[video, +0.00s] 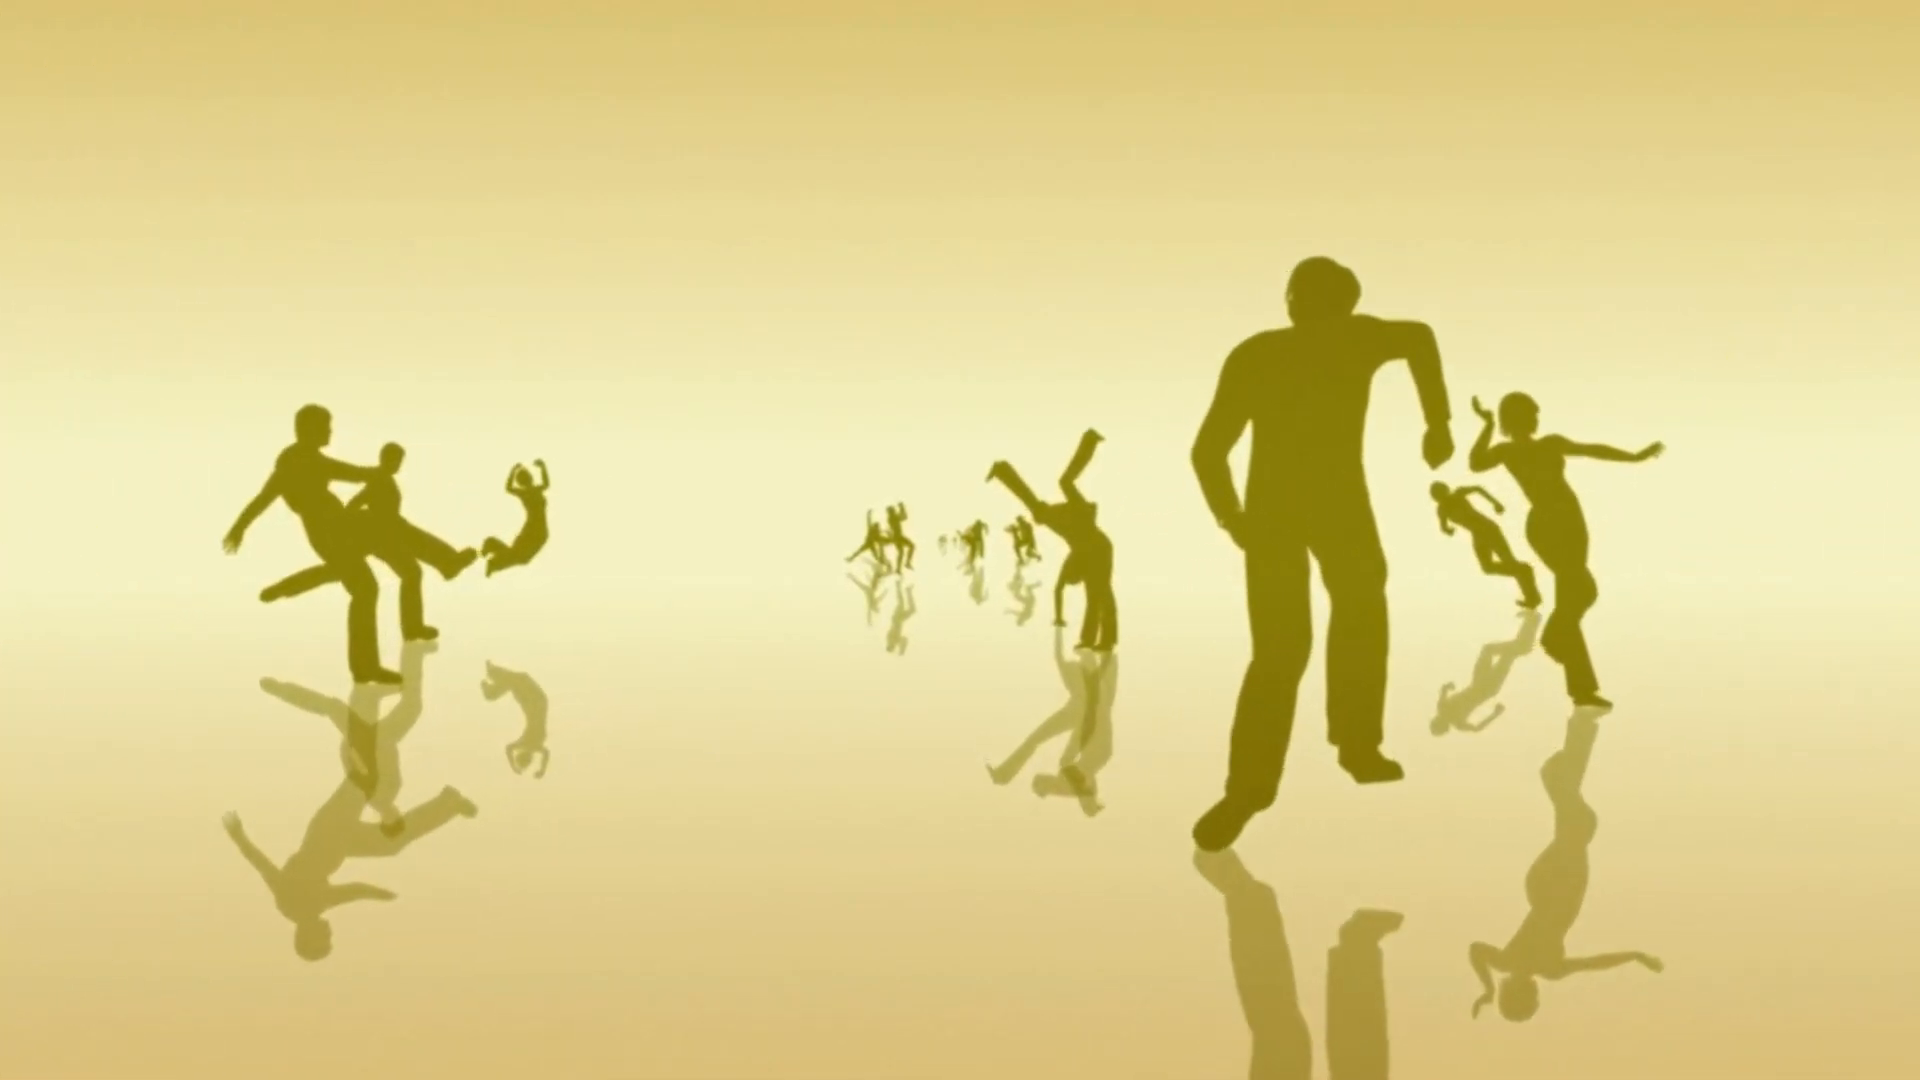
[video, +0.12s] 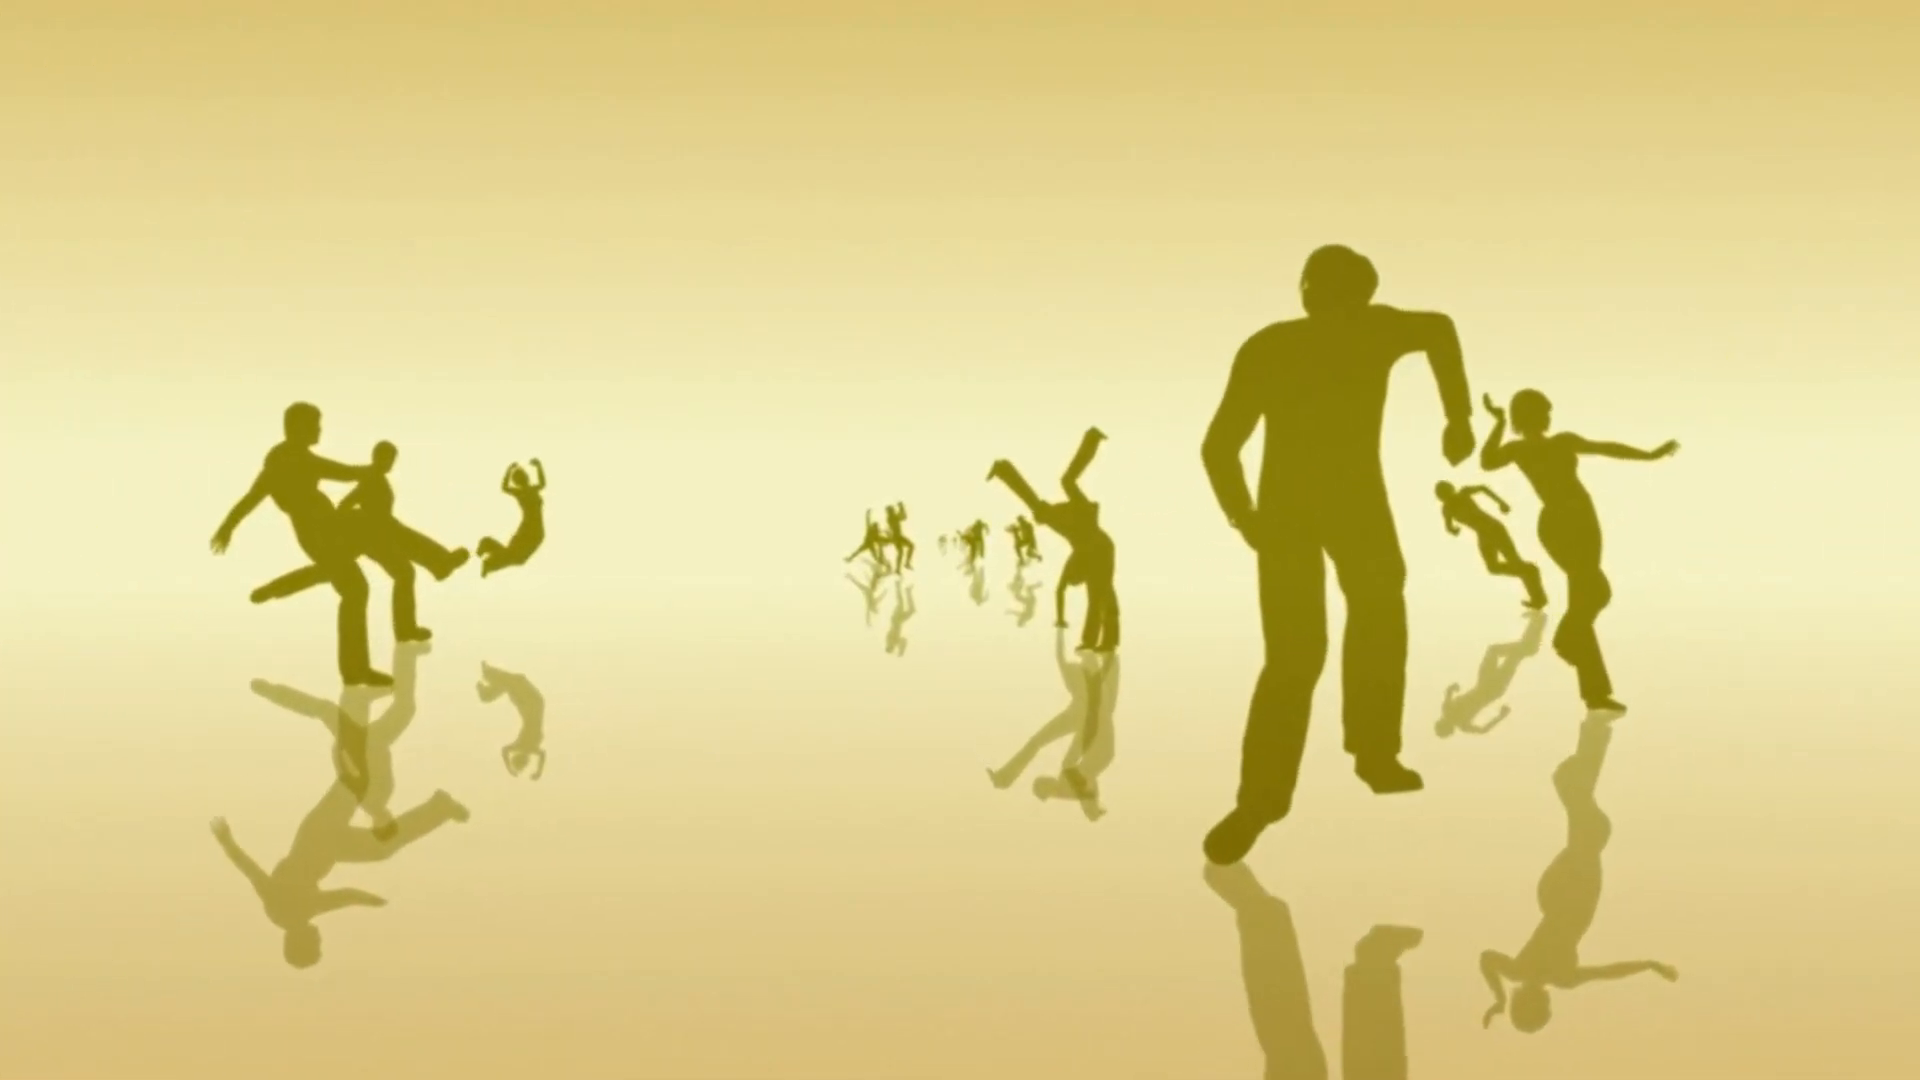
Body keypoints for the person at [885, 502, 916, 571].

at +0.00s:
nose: (894, 512)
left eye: (893, 510)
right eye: (893, 510)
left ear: (890, 512)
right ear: (892, 511)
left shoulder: (893, 518)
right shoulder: (894, 518)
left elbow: (903, 517)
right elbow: (904, 517)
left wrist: (901, 508)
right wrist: (902, 508)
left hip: (897, 536)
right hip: (898, 536)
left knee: (900, 552)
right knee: (911, 545)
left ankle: (898, 569)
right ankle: (908, 563)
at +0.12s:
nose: (894, 511)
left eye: (893, 510)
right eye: (892, 510)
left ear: (889, 511)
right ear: (891, 511)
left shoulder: (892, 517)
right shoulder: (893, 518)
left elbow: (903, 517)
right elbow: (903, 517)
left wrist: (901, 508)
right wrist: (901, 507)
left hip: (896, 536)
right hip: (897, 536)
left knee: (900, 551)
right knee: (911, 546)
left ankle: (898, 569)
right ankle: (907, 563)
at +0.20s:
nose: (893, 511)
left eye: (892, 510)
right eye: (891, 510)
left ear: (888, 511)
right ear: (890, 511)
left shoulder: (892, 517)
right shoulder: (892, 518)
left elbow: (902, 516)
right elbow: (902, 516)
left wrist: (900, 507)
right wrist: (900, 507)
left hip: (896, 536)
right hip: (896, 536)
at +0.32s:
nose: (892, 511)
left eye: (891, 509)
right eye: (890, 510)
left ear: (888, 511)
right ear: (889, 510)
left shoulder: (892, 517)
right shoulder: (891, 517)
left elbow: (902, 516)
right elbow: (902, 516)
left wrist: (900, 507)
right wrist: (900, 507)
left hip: (896, 536)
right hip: (895, 536)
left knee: (910, 546)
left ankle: (906, 564)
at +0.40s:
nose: (891, 510)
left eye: (890, 509)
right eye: (890, 509)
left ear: (887, 510)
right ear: (889, 510)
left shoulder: (890, 517)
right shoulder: (890, 517)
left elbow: (901, 516)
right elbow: (901, 516)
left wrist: (899, 506)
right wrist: (899, 506)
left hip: (895, 536)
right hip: (894, 536)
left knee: (909, 546)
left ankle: (906, 564)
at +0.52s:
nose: (891, 510)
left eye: (889, 509)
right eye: (889, 509)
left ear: (886, 510)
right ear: (888, 510)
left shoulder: (890, 516)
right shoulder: (890, 517)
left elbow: (900, 515)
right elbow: (900, 515)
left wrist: (898, 506)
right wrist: (899, 505)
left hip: (895, 535)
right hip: (894, 536)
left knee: (909, 546)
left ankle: (905, 564)